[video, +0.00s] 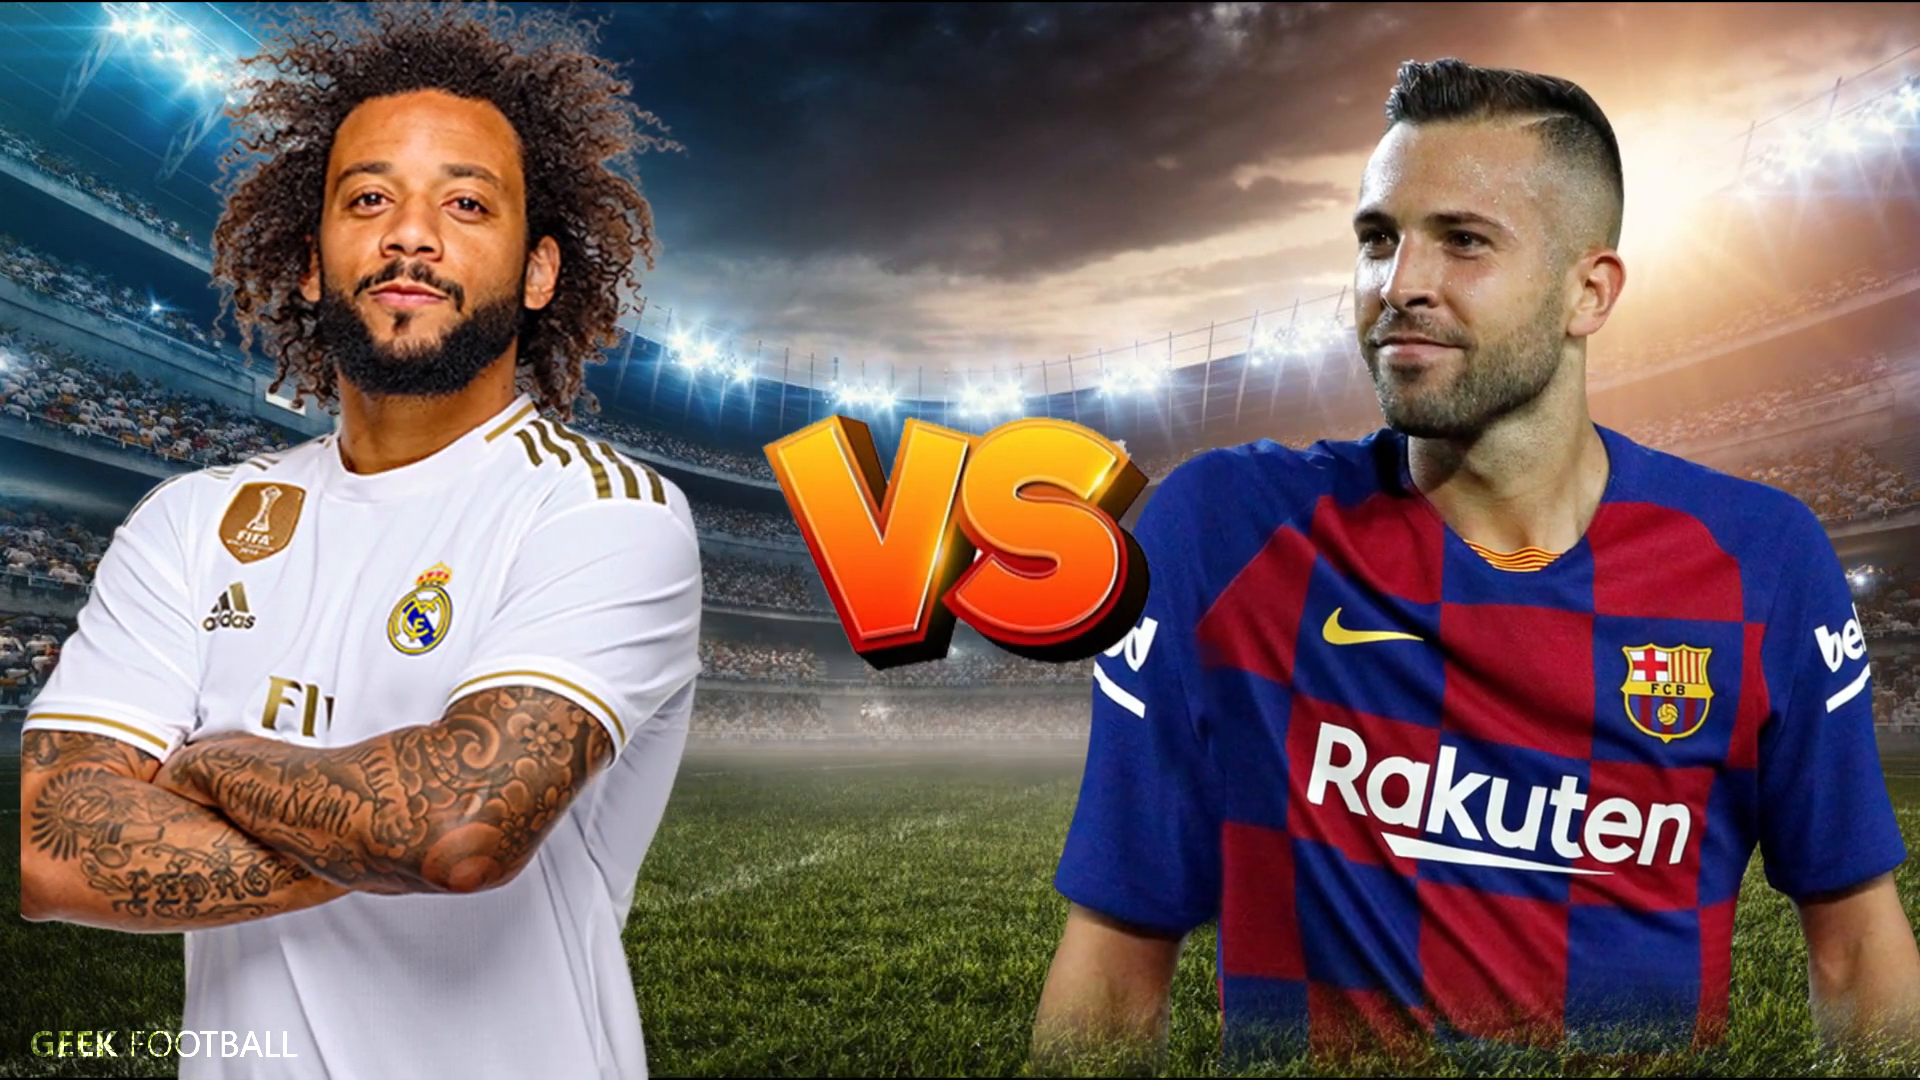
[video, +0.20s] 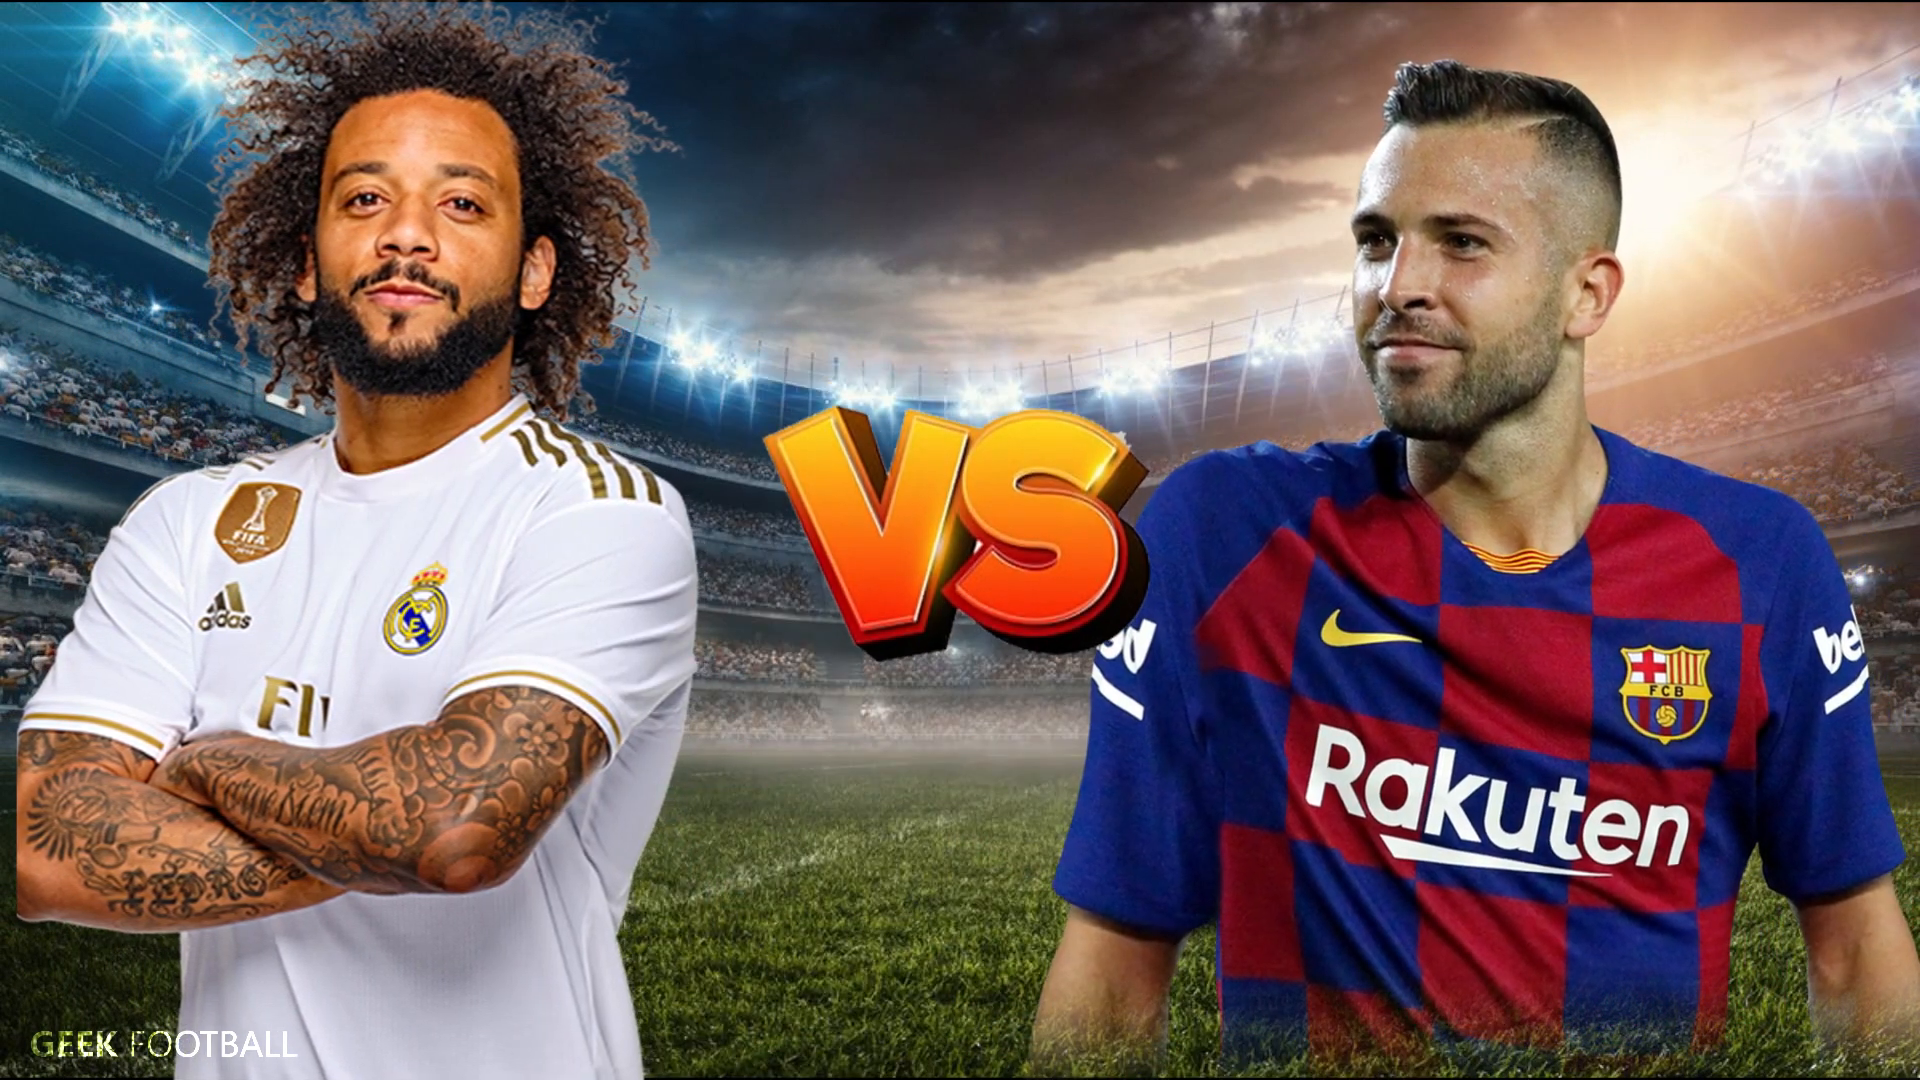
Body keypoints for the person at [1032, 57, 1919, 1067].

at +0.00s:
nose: (1397, 285)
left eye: (1464, 241)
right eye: (1377, 240)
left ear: (1589, 294)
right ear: (1355, 263)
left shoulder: (1764, 564)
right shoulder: (1217, 530)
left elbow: (1857, 938)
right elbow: (1116, 958)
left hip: (1638, 1052)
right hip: (1306, 1050)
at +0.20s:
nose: (1396, 287)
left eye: (1462, 243)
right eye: (1376, 241)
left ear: (1587, 296)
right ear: (1352, 266)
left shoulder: (1763, 566)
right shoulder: (1212, 533)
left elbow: (1856, 943)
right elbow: (1115, 960)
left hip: (1634, 1053)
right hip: (1302, 1052)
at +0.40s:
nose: (1394, 289)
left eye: (1460, 244)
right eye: (1374, 243)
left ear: (1585, 298)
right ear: (1350, 268)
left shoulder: (1761, 567)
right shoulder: (1210, 536)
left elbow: (1856, 945)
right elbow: (1112, 965)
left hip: (1635, 1051)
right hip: (1302, 1049)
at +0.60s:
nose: (1391, 291)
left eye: (1458, 246)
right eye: (1371, 245)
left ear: (1583, 300)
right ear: (1348, 269)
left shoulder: (1759, 567)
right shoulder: (1210, 538)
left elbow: (1854, 945)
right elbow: (1112, 963)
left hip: (1630, 1053)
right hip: (1301, 1052)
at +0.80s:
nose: (1389, 292)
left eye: (1456, 247)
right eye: (1369, 246)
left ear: (1582, 301)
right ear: (1346, 270)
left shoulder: (1758, 570)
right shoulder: (1207, 541)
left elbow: (1854, 950)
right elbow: (1110, 972)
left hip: (1629, 1054)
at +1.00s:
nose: (1388, 294)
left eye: (1454, 250)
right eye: (1368, 249)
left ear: (1580, 303)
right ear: (1345, 272)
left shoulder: (1757, 572)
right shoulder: (1206, 543)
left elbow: (1853, 954)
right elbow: (1108, 974)